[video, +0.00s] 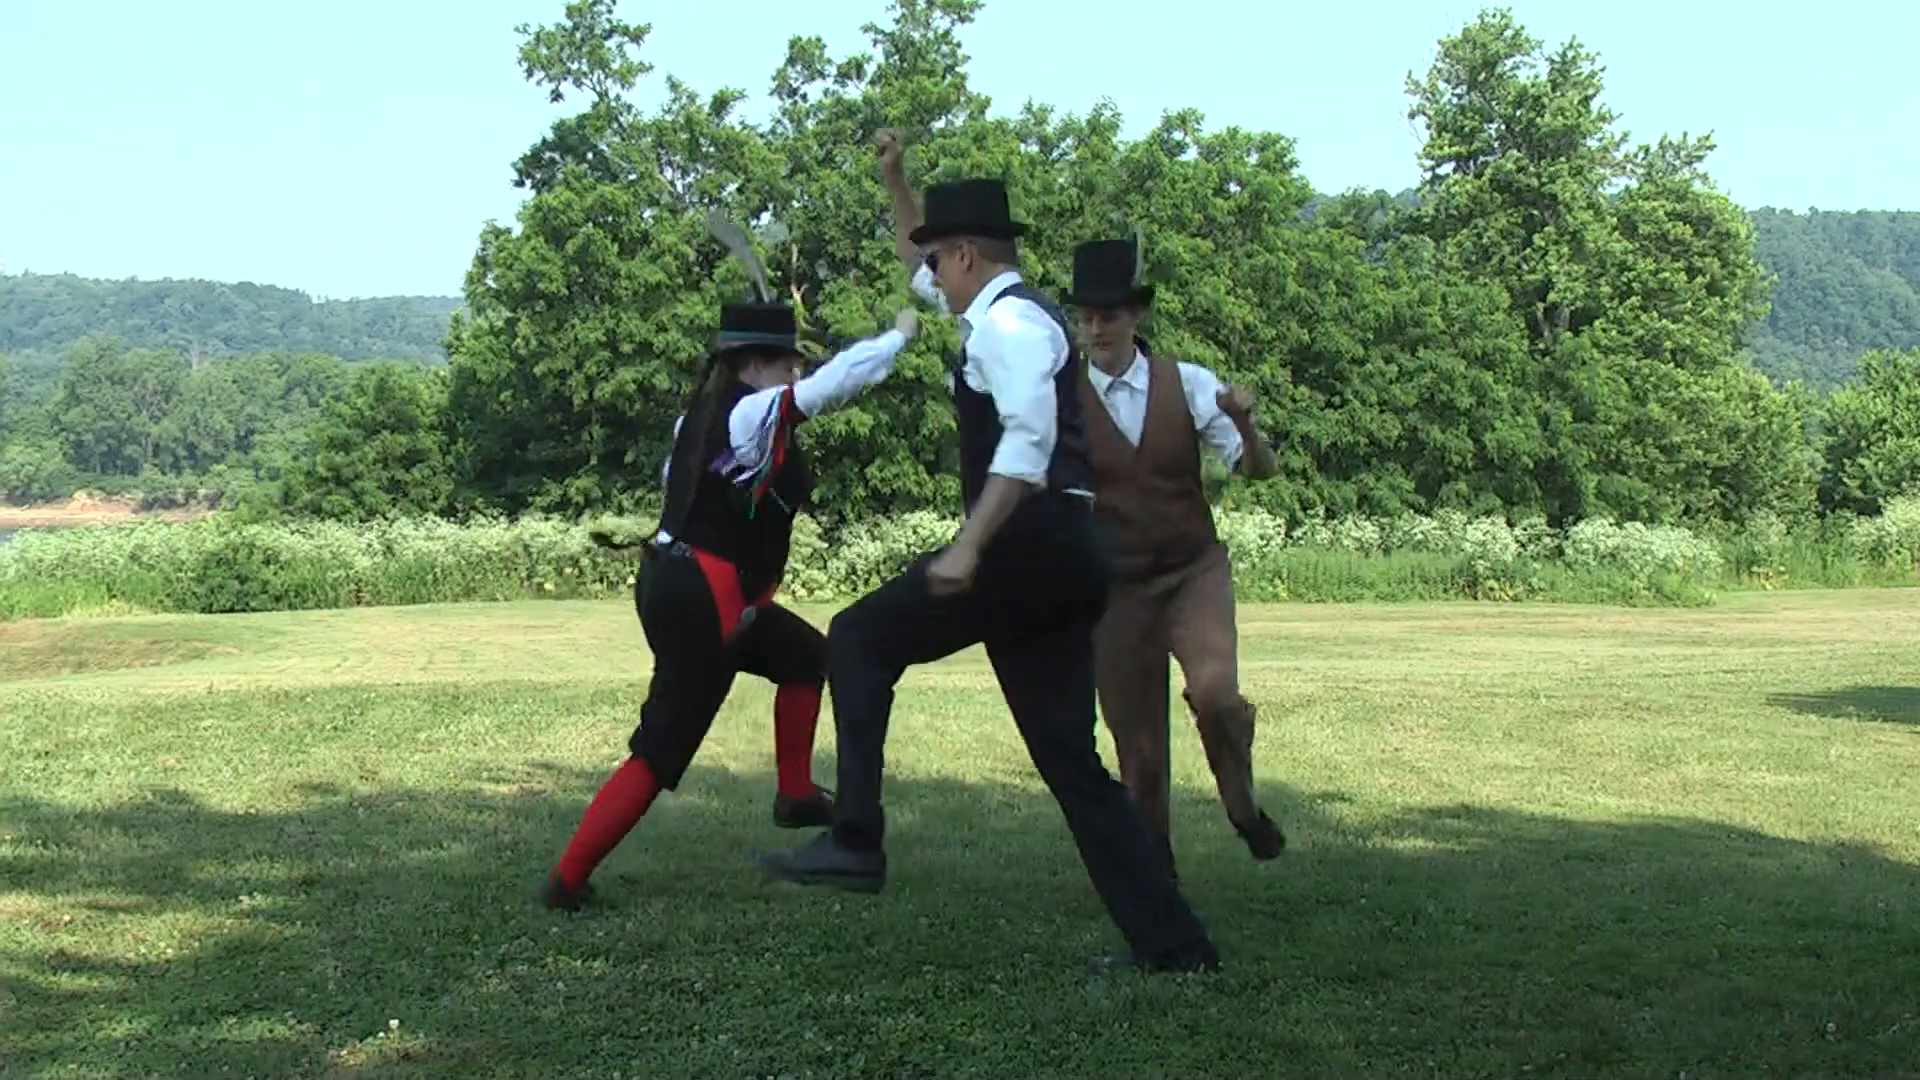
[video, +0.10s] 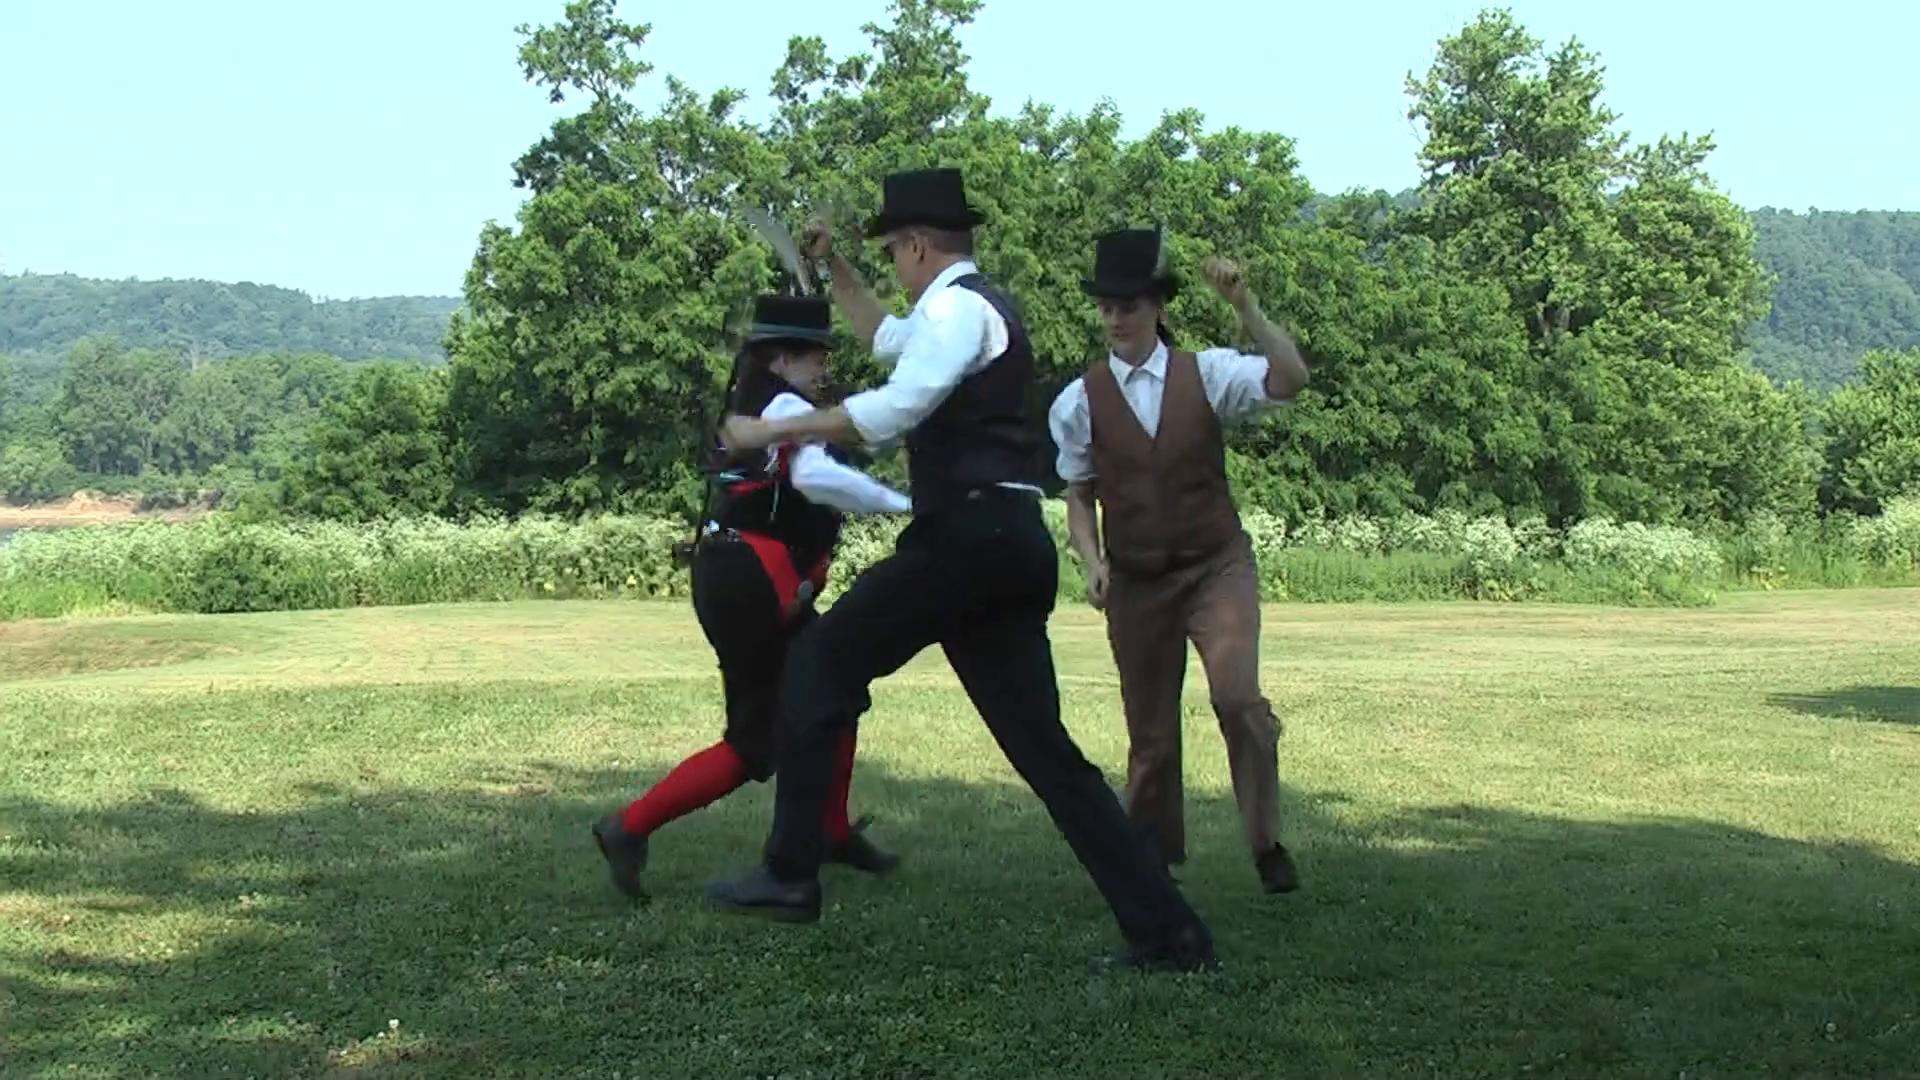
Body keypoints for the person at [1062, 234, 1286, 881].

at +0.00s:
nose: (1096, 328)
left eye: (1109, 316)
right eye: (1087, 317)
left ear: (1137, 317)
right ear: (1077, 320)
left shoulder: (1189, 385)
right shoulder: (1060, 393)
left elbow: (1259, 467)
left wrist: (1246, 425)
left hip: (1195, 573)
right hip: (1116, 589)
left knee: (1216, 696)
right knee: (1140, 758)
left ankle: (1243, 810)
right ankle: (1153, 891)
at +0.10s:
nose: (1116, 318)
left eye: (1129, 305)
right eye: (1107, 306)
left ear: (1159, 306)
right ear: (1097, 311)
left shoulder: (1206, 372)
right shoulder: (1077, 403)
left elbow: (1290, 377)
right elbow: (1078, 495)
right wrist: (1092, 558)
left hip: (1218, 570)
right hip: (1136, 586)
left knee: (1238, 698)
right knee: (1151, 741)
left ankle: (1266, 844)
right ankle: (1155, 874)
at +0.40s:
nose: (1159, 302)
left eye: (1171, 289)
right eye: (1155, 290)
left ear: (1211, 287)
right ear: (1162, 299)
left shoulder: (1247, 354)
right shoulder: (1149, 382)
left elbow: (1260, 264)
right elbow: (1161, 492)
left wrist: (1249, 151)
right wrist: (1133, 581)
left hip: (1252, 577)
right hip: (1172, 584)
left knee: (1285, 751)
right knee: (1162, 742)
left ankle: (1306, 906)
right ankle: (1236, 799)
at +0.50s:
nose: (1154, 279)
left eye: (1162, 264)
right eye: (1148, 268)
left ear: (1204, 260)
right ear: (1154, 275)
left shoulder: (1245, 325)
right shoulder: (1147, 348)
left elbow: (1245, 239)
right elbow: (1162, 443)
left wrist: (1227, 129)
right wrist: (1148, 530)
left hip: (1241, 546)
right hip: (1159, 546)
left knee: (1263, 726)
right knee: (1161, 696)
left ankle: (1303, 885)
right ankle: (1250, 754)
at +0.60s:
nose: (1145, 279)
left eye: (1155, 266)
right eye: (1140, 269)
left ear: (1197, 262)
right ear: (1145, 276)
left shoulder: (1239, 321)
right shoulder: (1136, 348)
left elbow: (1239, 235)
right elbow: (1152, 438)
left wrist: (1209, 129)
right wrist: (1155, 515)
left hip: (1235, 545)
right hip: (1154, 547)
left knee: (1240, 722)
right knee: (1165, 703)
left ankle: (1270, 887)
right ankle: (1246, 756)